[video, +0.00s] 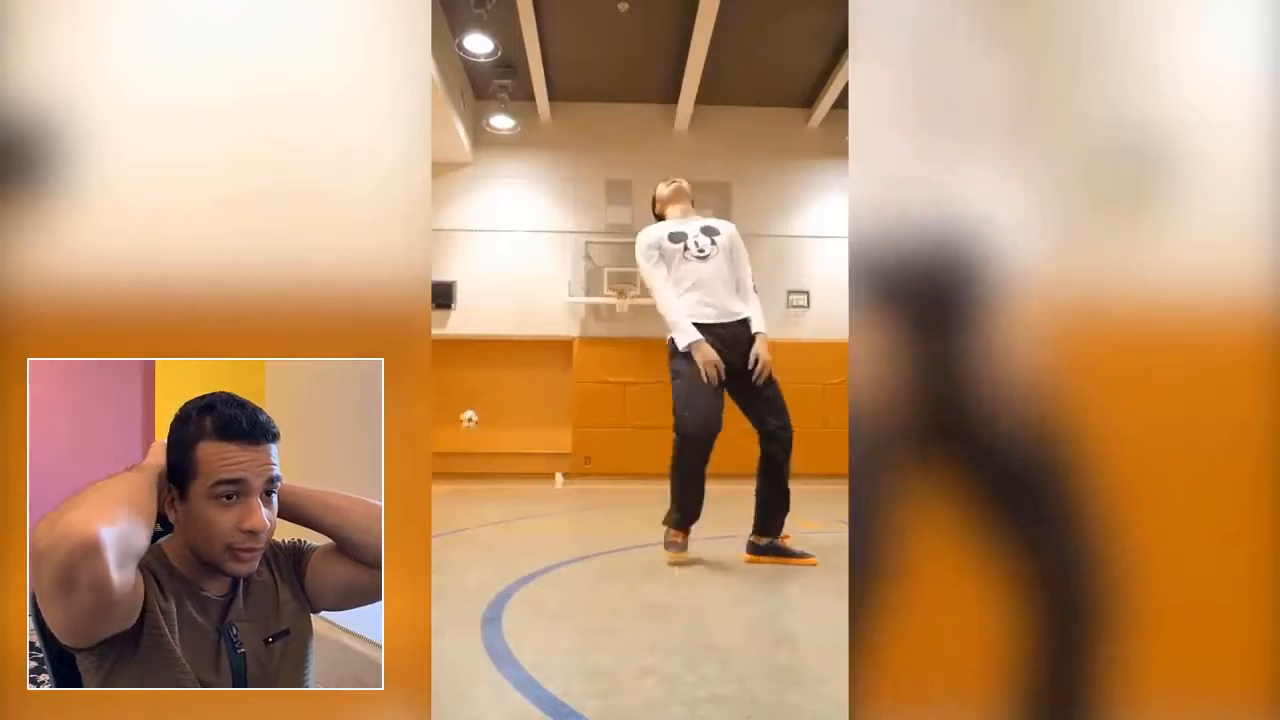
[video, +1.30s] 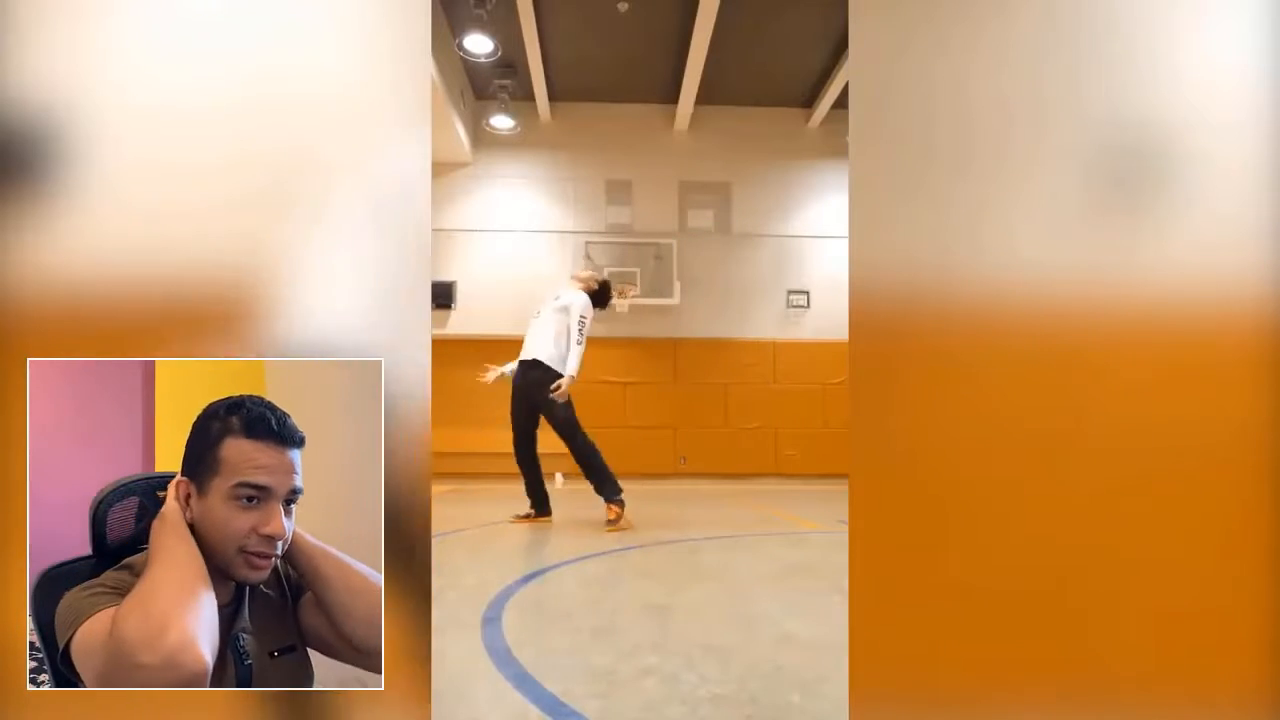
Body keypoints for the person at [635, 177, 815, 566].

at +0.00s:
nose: (675, 181)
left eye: (680, 182)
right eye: (666, 184)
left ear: (693, 199)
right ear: (658, 207)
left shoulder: (725, 228)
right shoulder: (651, 235)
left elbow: (747, 288)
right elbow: (663, 295)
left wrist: (760, 335)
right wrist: (694, 342)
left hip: (739, 334)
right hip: (692, 338)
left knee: (778, 431)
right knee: (697, 430)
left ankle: (766, 535)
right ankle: (679, 525)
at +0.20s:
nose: (655, 210)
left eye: (662, 211)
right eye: (647, 213)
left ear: (674, 227)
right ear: (641, 233)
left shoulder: (700, 247)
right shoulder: (629, 262)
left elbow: (721, 300)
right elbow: (632, 315)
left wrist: (730, 348)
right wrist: (645, 364)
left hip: (706, 353)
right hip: (656, 360)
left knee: (750, 442)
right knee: (639, 448)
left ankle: (765, 535)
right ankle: (631, 518)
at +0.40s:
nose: (632, 215)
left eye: (641, 213)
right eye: (631, 215)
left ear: (657, 227)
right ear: (627, 231)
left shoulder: (670, 250)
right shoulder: (608, 269)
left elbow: (681, 304)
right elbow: (604, 322)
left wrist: (682, 353)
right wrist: (595, 364)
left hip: (661, 349)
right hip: (619, 354)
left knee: (705, 429)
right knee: (619, 442)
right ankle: (631, 523)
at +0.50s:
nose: (625, 215)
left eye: (634, 213)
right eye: (626, 213)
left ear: (647, 226)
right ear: (624, 229)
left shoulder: (659, 251)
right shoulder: (602, 273)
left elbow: (670, 304)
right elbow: (601, 324)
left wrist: (659, 348)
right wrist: (588, 363)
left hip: (649, 348)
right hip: (610, 355)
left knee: (673, 430)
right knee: (614, 439)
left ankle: (659, 492)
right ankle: (630, 522)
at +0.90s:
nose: (599, 234)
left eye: (608, 231)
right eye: (603, 230)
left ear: (619, 246)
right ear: (603, 244)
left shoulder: (626, 276)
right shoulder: (580, 281)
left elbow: (632, 329)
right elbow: (579, 329)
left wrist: (623, 372)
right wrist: (572, 366)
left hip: (612, 370)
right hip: (581, 370)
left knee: (619, 444)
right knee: (563, 436)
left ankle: (626, 513)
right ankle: (588, 508)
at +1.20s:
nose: (587, 263)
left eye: (594, 266)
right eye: (592, 262)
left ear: (597, 280)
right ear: (588, 275)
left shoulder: (589, 296)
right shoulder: (561, 299)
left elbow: (590, 340)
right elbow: (548, 349)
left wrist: (580, 378)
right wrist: (521, 378)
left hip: (563, 374)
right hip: (538, 374)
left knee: (593, 443)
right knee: (532, 444)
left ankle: (624, 509)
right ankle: (540, 508)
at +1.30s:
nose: (585, 270)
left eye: (591, 273)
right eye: (590, 270)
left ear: (591, 286)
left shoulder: (581, 299)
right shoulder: (554, 301)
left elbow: (578, 339)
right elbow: (536, 348)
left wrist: (570, 376)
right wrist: (504, 369)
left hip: (547, 373)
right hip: (524, 374)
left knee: (575, 440)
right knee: (523, 446)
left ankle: (612, 497)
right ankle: (540, 507)